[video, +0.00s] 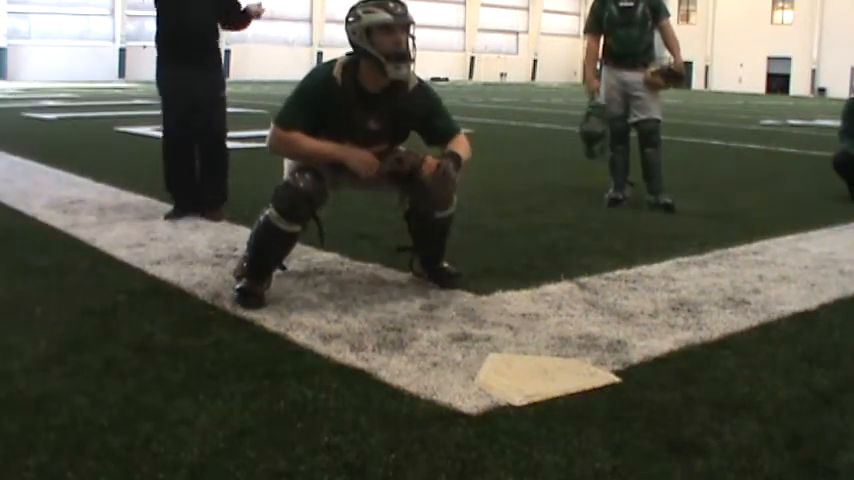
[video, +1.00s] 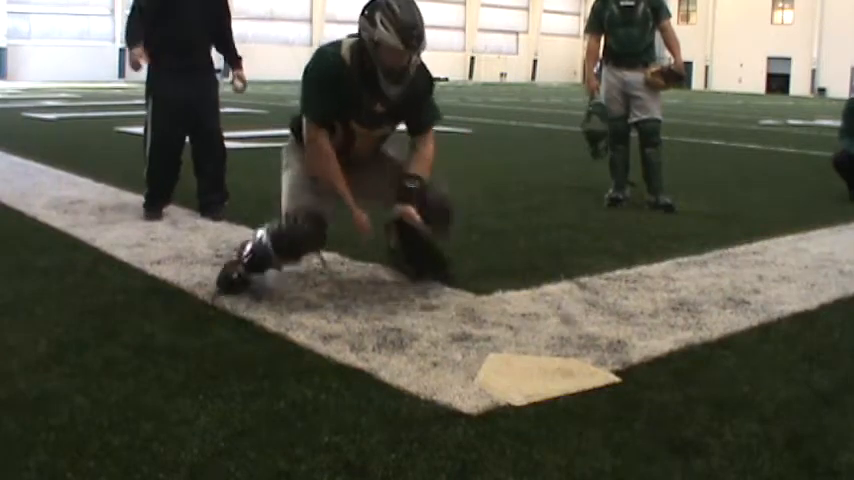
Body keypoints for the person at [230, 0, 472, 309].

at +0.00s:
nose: (401, 42)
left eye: (404, 32)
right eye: (388, 32)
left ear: (409, 35)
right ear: (363, 38)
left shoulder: (412, 90)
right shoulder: (325, 80)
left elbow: (459, 141)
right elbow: (279, 139)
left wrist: (448, 163)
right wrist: (346, 154)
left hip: (379, 164)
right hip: (321, 161)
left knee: (436, 179)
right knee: (302, 189)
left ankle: (430, 263)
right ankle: (253, 277)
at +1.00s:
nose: (400, 64)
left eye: (407, 55)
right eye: (392, 54)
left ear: (417, 51)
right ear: (369, 44)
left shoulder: (418, 79)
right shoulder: (328, 64)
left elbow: (424, 140)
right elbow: (315, 143)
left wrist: (409, 197)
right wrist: (352, 206)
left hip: (366, 158)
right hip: (313, 153)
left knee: (433, 206)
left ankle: (412, 255)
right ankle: (250, 261)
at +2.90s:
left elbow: (747, 6)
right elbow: (666, 17)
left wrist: (758, 83)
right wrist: (671, 72)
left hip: (726, 82)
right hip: (684, 83)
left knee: (678, 203)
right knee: (659, 204)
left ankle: (714, 342)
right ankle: (718, 289)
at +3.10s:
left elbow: (778, 7)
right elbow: (655, 11)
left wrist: (772, 66)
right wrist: (605, 25)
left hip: (761, 72)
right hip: (722, 76)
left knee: (721, 185)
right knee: (692, 188)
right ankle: (727, 292)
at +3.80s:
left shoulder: (666, 5)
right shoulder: (615, 4)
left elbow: (671, 31)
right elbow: (604, 21)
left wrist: (658, 104)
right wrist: (562, 54)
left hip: (679, 74)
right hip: (637, 70)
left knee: (598, 162)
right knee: (608, 161)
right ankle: (646, 258)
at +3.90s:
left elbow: (648, 24)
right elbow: (599, 21)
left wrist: (626, 105)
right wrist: (552, 55)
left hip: (621, 76)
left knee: (559, 171)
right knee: (586, 176)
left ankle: (560, 285)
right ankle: (645, 258)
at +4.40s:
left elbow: (568, 9)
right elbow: (667, 27)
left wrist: (526, 68)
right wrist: (642, 60)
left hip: (609, 68)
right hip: (654, 67)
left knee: (569, 175)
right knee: (623, 177)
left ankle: (562, 283)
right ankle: (657, 262)